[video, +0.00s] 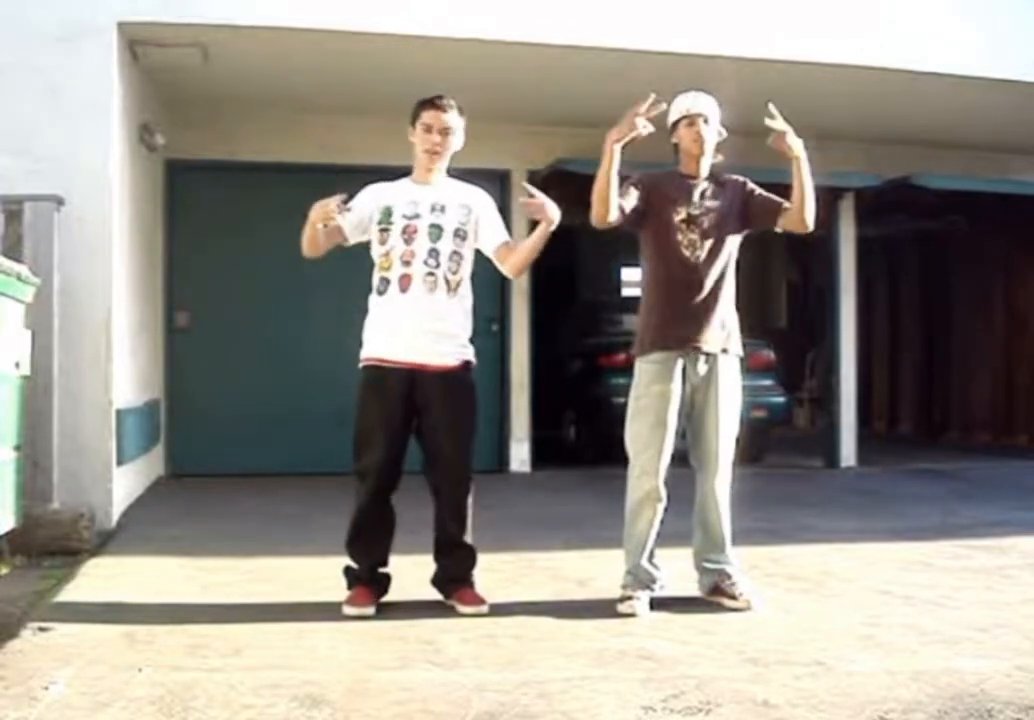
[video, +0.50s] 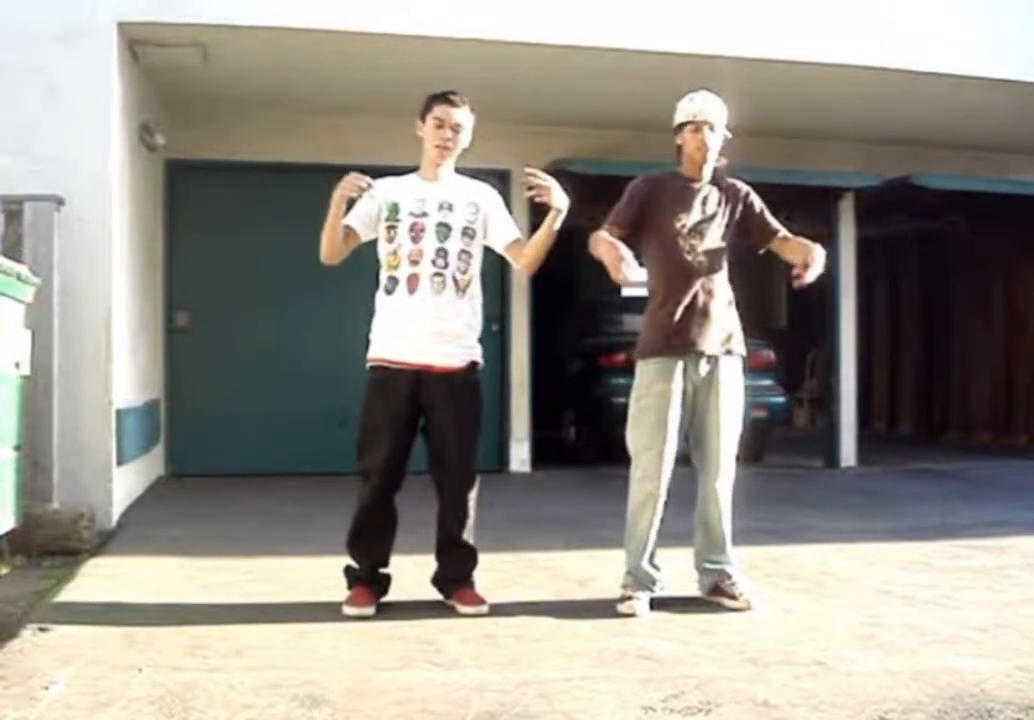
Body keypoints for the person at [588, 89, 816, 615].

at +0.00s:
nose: (697, 129)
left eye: (705, 121)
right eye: (687, 121)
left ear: (719, 133)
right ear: (673, 135)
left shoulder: (737, 191)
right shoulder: (651, 188)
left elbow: (801, 220)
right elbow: (602, 214)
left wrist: (798, 158)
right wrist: (612, 147)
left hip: (718, 345)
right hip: (659, 344)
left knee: (716, 466)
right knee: (647, 468)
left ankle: (717, 571)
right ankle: (638, 579)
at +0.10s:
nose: (698, 129)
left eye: (706, 121)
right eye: (688, 122)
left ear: (720, 133)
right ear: (674, 134)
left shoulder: (737, 191)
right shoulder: (656, 187)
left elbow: (797, 216)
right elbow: (612, 212)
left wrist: (794, 148)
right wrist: (609, 148)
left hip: (720, 345)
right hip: (661, 343)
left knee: (717, 466)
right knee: (647, 468)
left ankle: (717, 572)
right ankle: (638, 579)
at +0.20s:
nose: (698, 130)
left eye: (706, 123)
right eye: (688, 123)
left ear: (721, 133)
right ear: (674, 134)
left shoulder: (737, 191)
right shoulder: (653, 188)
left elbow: (796, 225)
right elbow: (613, 230)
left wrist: (814, 163)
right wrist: (606, 161)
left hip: (720, 346)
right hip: (662, 346)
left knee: (718, 467)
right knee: (649, 470)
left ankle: (718, 572)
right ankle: (638, 580)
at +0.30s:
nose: (697, 135)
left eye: (705, 127)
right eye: (688, 127)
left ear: (721, 136)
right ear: (674, 135)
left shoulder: (735, 194)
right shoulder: (652, 189)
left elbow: (781, 236)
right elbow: (608, 249)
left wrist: (813, 235)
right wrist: (608, 227)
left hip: (722, 347)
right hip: (664, 346)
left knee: (718, 468)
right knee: (650, 470)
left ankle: (717, 572)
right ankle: (638, 580)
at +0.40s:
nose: (699, 136)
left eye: (708, 128)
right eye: (690, 128)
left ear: (722, 137)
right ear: (677, 136)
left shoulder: (736, 196)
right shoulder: (651, 190)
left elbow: (776, 240)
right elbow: (604, 242)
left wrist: (809, 262)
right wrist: (610, 262)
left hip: (722, 347)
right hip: (662, 345)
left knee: (719, 468)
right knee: (651, 469)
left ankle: (717, 572)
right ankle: (638, 581)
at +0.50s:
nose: (700, 136)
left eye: (709, 128)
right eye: (692, 127)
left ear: (724, 137)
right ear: (678, 134)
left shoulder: (736, 195)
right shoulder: (650, 189)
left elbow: (777, 238)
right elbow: (602, 239)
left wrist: (810, 251)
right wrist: (614, 257)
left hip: (722, 346)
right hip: (662, 344)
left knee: (719, 467)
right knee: (651, 467)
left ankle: (717, 572)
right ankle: (638, 580)